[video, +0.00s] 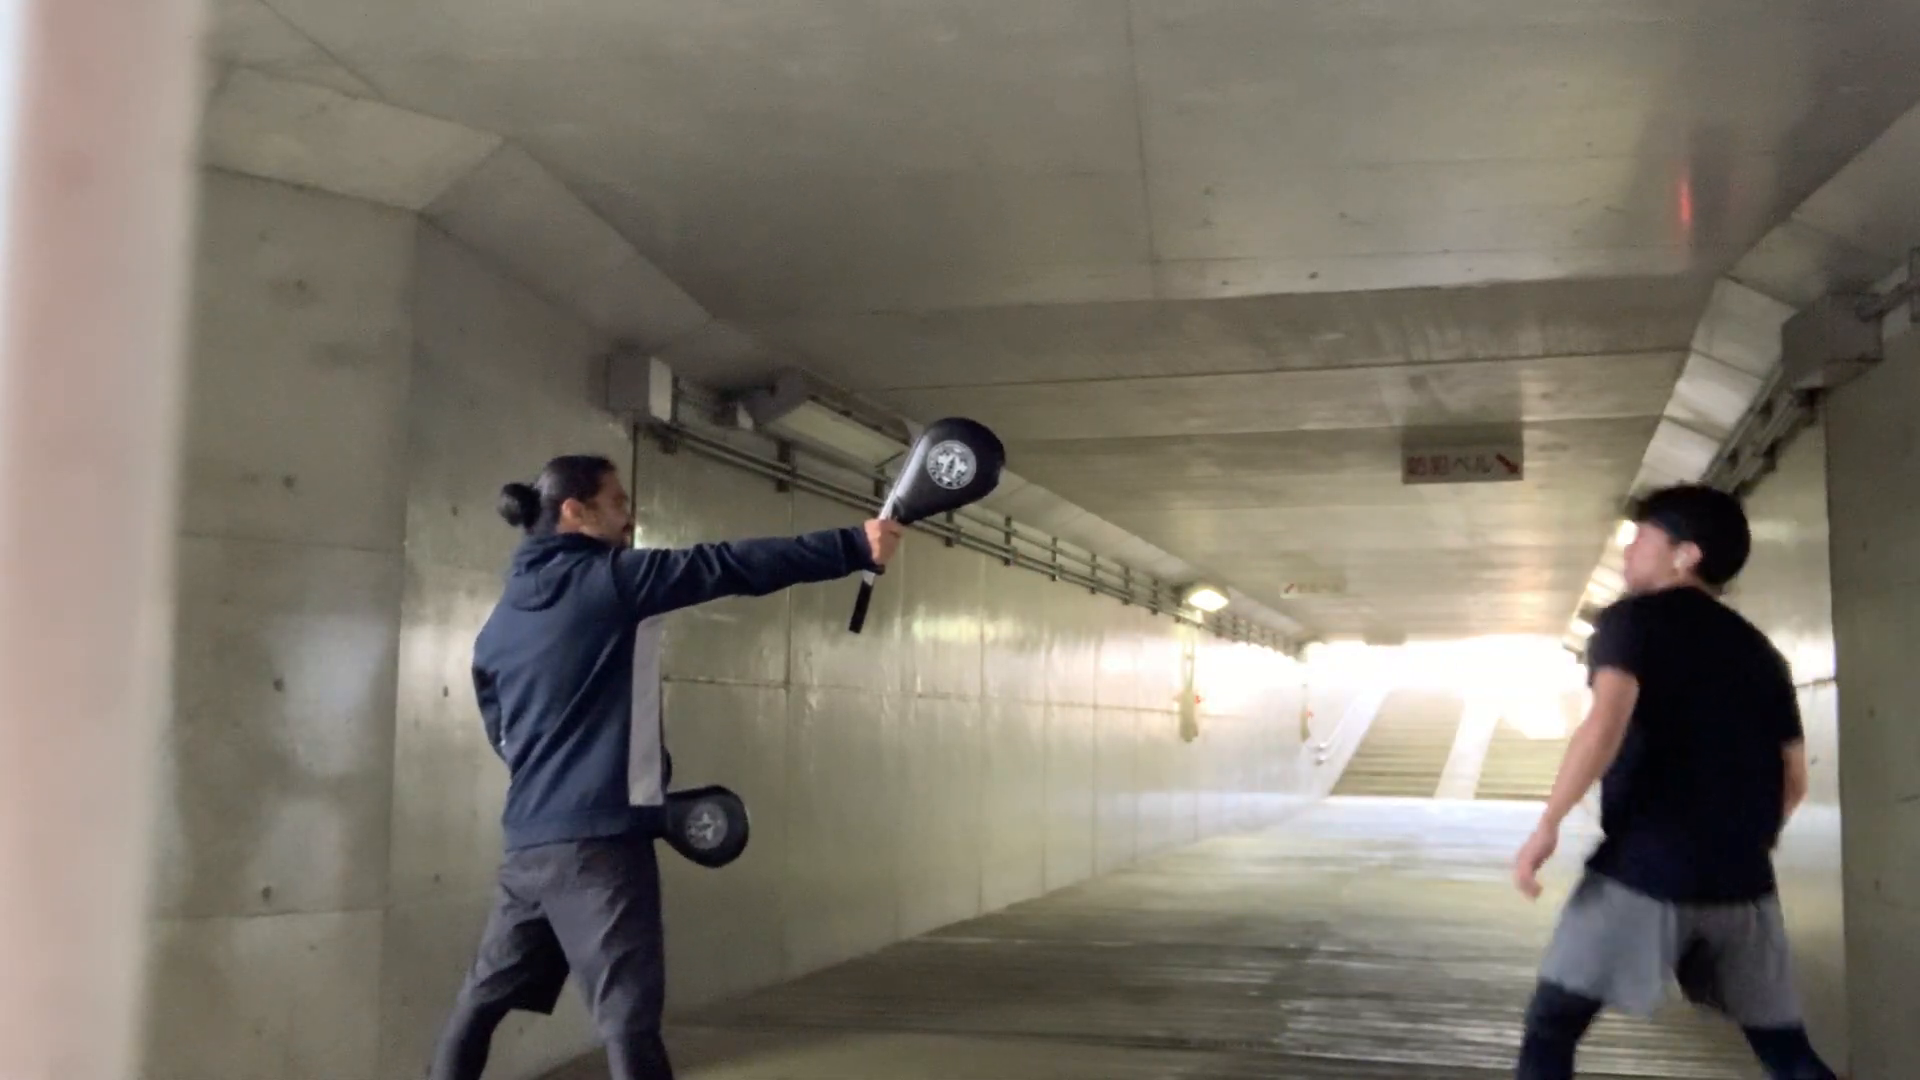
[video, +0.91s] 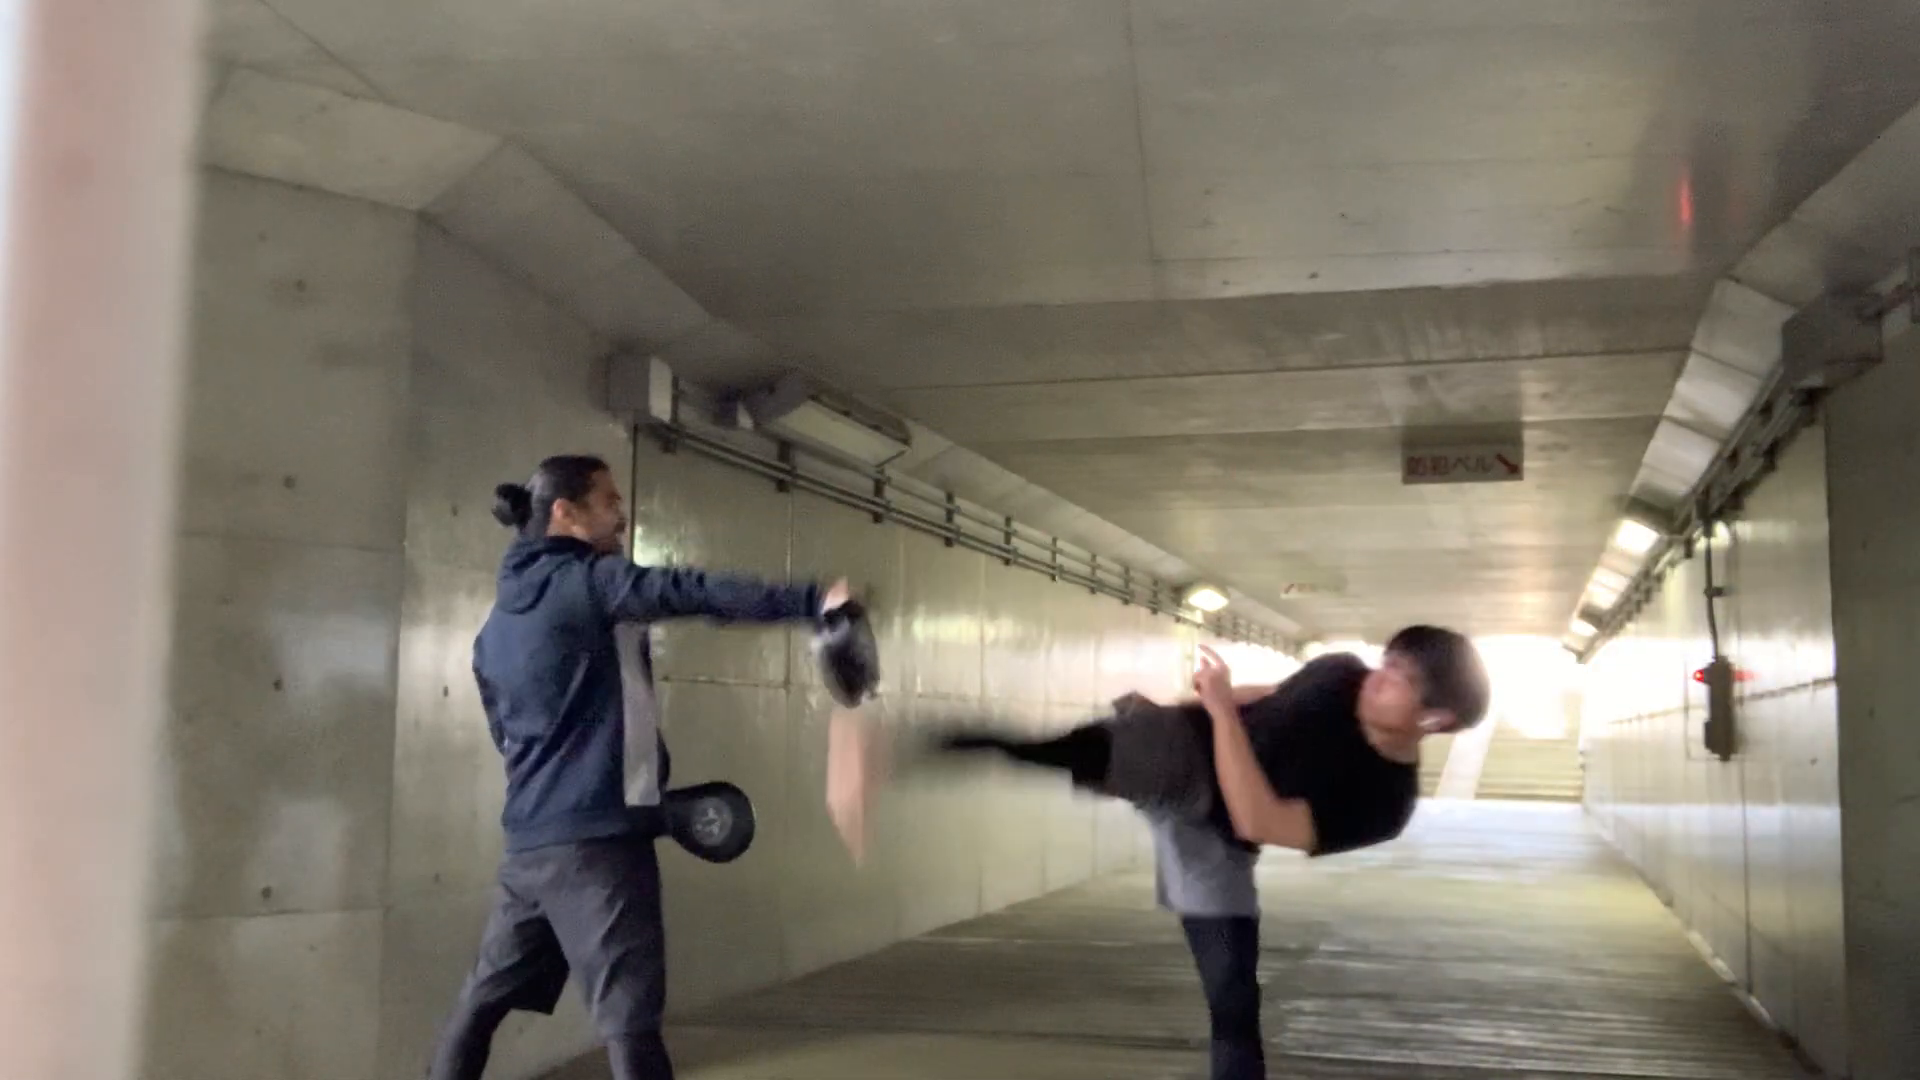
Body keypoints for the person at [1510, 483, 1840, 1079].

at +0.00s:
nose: (1628, 548)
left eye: (1643, 535)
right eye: (1635, 533)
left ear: (1686, 555)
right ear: (1695, 560)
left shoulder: (1632, 619)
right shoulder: (1760, 649)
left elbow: (1610, 717)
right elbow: (1794, 780)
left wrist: (1549, 823)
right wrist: (1741, 844)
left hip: (1642, 874)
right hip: (1743, 879)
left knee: (1549, 1034)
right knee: (1788, 1050)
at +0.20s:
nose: (1577, 570)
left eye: (1591, 554)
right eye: (1582, 552)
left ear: (1641, 575)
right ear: (1647, 579)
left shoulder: (1585, 643)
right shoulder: (1708, 669)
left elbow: (1548, 747)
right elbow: (1786, 764)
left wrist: (1465, 824)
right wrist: (1810, 864)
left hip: (1611, 890)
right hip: (1708, 894)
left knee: (1490, 1009)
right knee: (1771, 1047)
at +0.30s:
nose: (1543, 585)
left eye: (1561, 575)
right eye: (1551, 572)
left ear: (1605, 602)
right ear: (1605, 606)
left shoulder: (1567, 671)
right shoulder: (1638, 690)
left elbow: (1547, 779)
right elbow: (1706, 803)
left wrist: (1434, 815)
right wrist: (1757, 904)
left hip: (1576, 926)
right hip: (1658, 928)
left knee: (1433, 1029)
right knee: (1746, 1059)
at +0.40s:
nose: (1511, 567)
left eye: (1529, 556)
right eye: (1519, 552)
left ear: (1570, 582)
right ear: (1567, 583)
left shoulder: (1553, 660)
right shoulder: (1566, 662)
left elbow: (1524, 765)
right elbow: (1576, 800)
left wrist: (1393, 752)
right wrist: (1571, 899)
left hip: (1498, 898)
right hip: (1537, 900)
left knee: (1376, 1032)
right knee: (1533, 1047)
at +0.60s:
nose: (1472, 556)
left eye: (1487, 548)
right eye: (1479, 544)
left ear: (1530, 580)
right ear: (1514, 578)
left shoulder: (1516, 684)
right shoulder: (1449, 629)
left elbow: (1475, 811)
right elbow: (1341, 633)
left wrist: (1383, 876)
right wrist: (1289, 570)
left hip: (1376, 863)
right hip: (1324, 809)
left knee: (1343, 1046)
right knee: (1174, 781)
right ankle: (1032, 866)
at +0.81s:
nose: (1420, 644)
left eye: (1440, 640)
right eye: (1428, 631)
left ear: (1478, 675)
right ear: (1427, 635)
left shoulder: (1443, 780)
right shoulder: (1364, 652)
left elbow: (1408, 872)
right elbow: (1264, 632)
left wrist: (1335, 792)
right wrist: (1183, 611)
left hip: (1234, 835)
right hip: (1191, 738)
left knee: (1257, 1005)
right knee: (1058, 636)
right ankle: (947, 533)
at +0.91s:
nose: (1374, 676)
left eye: (1392, 677)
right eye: (1382, 663)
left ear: (1429, 715)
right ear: (1383, 664)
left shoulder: (1386, 802)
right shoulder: (1341, 677)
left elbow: (1260, 822)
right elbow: (1264, 701)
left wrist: (1221, 713)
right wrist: (1172, 707)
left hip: (1221, 847)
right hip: (1181, 770)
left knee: (1233, 1011)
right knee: (1056, 750)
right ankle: (926, 745)